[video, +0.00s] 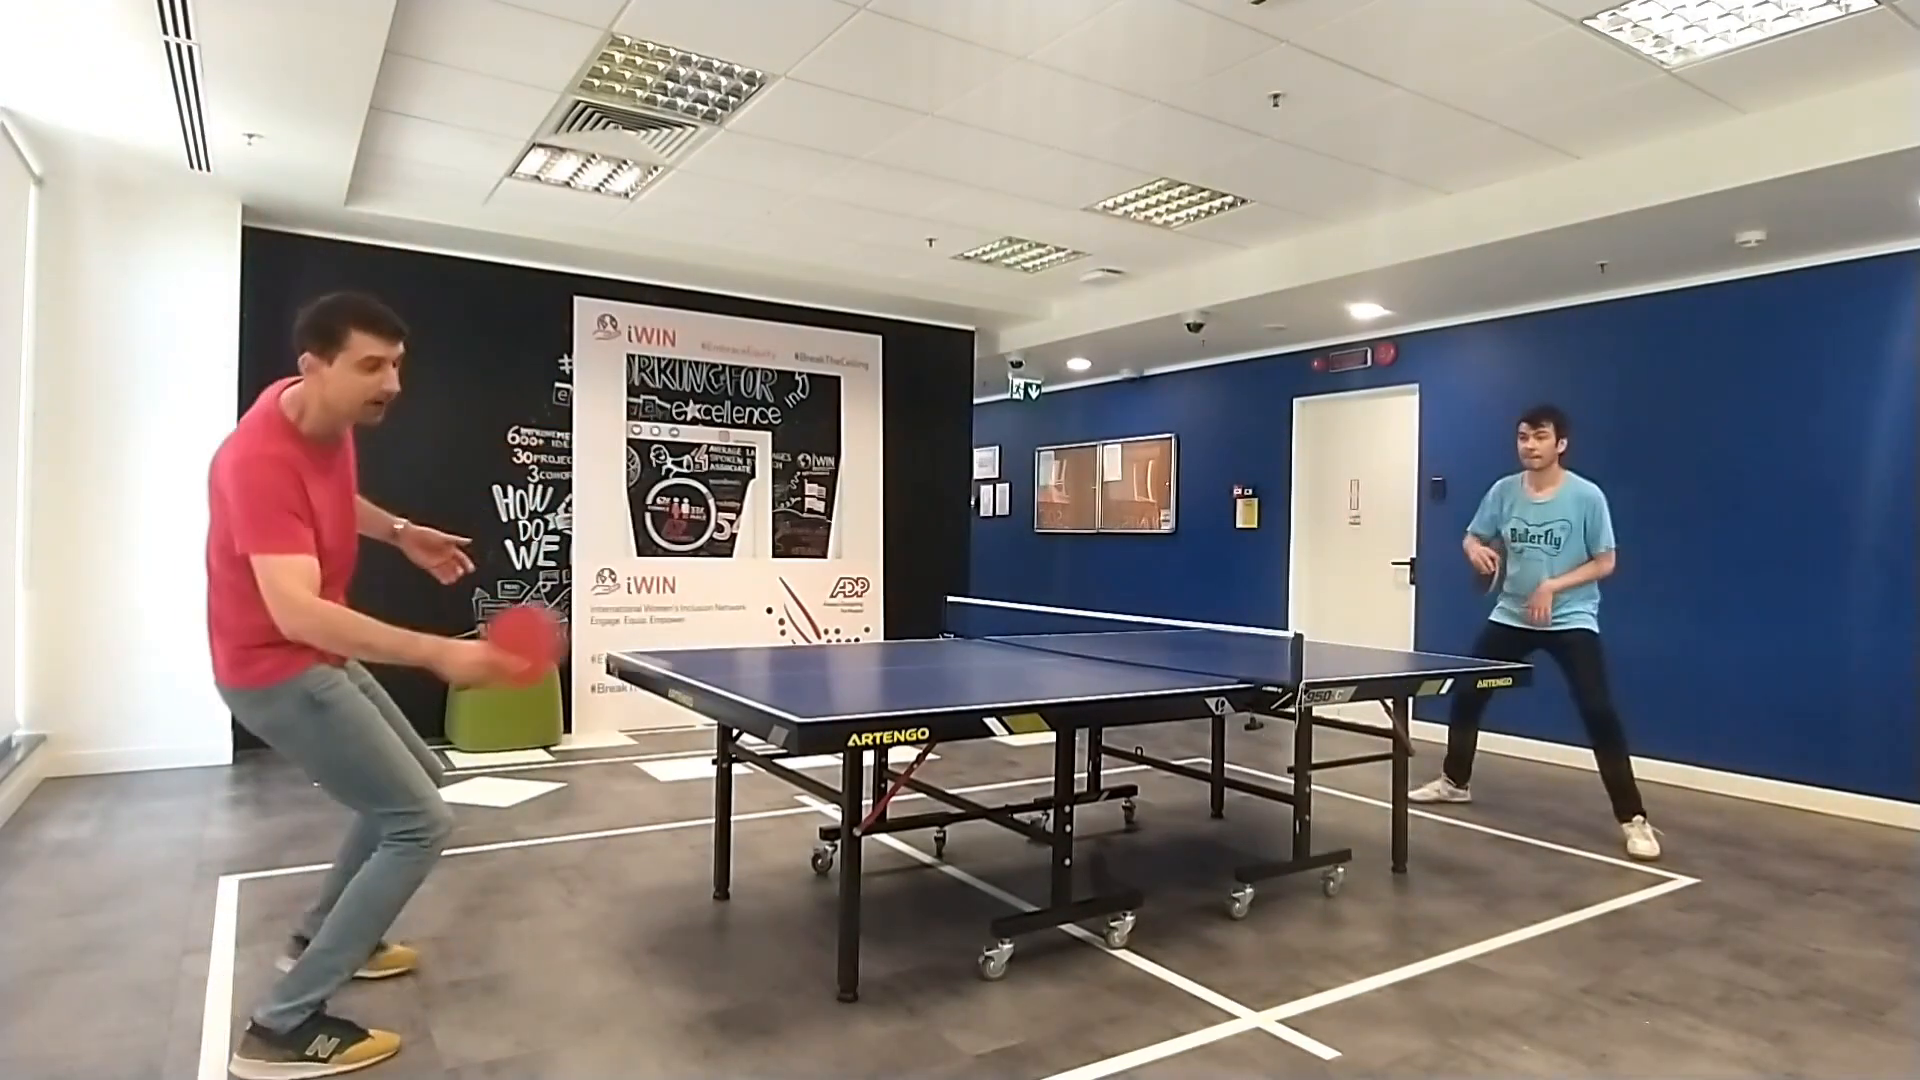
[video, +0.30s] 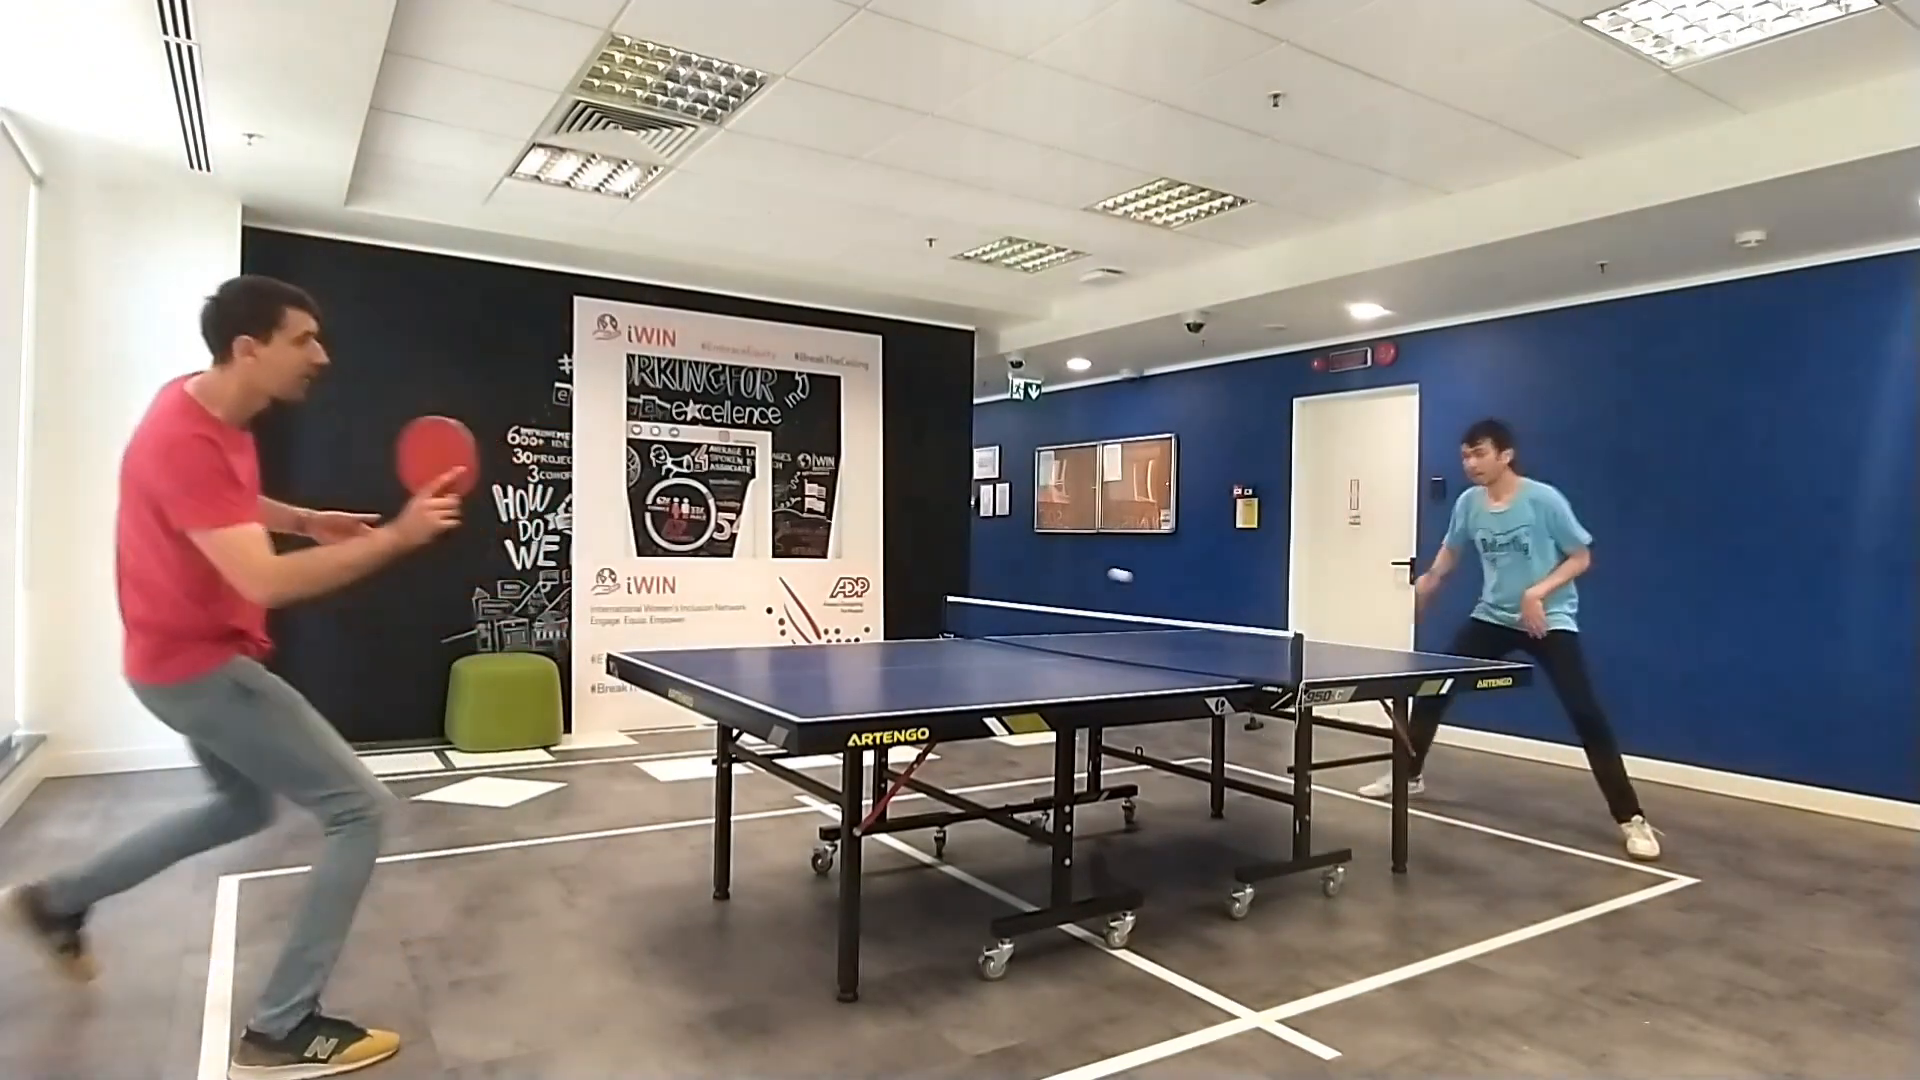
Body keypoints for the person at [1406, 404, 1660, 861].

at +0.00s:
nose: (1529, 445)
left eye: (1539, 437)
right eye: (1523, 437)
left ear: (1560, 444)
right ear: (1517, 443)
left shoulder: (1588, 497)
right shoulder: (1503, 492)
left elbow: (1605, 562)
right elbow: (1474, 538)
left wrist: (1553, 584)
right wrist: (1474, 548)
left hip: (1571, 620)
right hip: (1510, 616)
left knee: (1597, 710)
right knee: (1466, 690)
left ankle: (1633, 820)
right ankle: (1454, 782)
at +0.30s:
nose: (1470, 462)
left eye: (1478, 453)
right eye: (1466, 455)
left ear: (1506, 455)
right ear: (1466, 461)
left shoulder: (1543, 498)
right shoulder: (1468, 502)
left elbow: (1581, 557)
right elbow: (1448, 553)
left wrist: (1538, 591)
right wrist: (1430, 578)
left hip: (1549, 622)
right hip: (1491, 617)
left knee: (1586, 713)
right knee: (1432, 685)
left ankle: (1631, 820)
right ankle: (1407, 774)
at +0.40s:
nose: (1433, 475)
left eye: (1441, 466)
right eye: (1431, 468)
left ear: (1470, 465)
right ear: (1445, 472)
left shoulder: (1511, 504)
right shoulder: (1449, 516)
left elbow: (1558, 563)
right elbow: (1447, 570)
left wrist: (1514, 598)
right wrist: (1413, 599)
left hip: (1533, 628)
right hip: (1477, 626)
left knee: (1569, 717)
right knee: (1414, 688)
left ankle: (1628, 821)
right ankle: (1408, 779)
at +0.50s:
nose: (1402, 488)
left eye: (1406, 477)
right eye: (1399, 480)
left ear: (1434, 472)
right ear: (1422, 478)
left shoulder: (1482, 505)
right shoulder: (1432, 522)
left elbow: (1531, 560)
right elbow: (1435, 581)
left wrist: (1489, 600)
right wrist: (1380, 607)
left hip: (1523, 628)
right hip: (1470, 629)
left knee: (1563, 718)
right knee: (1408, 686)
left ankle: (1627, 820)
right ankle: (1407, 778)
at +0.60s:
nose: (1383, 492)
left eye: (1385, 482)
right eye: (1380, 485)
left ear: (1410, 474)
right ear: (1406, 478)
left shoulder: (1466, 504)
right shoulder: (1417, 532)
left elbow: (1518, 552)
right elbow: (1399, 582)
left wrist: (1476, 591)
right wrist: (1338, 583)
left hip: (1522, 626)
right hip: (1468, 629)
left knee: (1573, 712)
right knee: (1408, 683)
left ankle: (1632, 816)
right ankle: (1406, 778)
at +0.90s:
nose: (1426, 484)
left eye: (1434, 474)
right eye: (1424, 477)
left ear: (1463, 475)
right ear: (1433, 486)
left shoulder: (1508, 511)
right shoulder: (1435, 535)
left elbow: (1554, 563)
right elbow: (1392, 585)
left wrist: (1514, 588)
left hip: (1541, 636)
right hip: (1483, 639)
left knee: (1602, 716)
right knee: (1414, 685)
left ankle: (1689, 813)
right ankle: (1405, 780)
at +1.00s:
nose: (1473, 481)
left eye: (1481, 473)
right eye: (1470, 474)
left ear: (1510, 476)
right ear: (1473, 482)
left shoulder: (1552, 517)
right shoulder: (1473, 532)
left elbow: (1592, 572)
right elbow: (1447, 579)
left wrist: (1551, 596)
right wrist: (1445, 599)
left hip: (1569, 648)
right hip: (1507, 645)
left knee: (1622, 730)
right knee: (1433, 700)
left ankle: (1698, 825)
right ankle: (1404, 780)